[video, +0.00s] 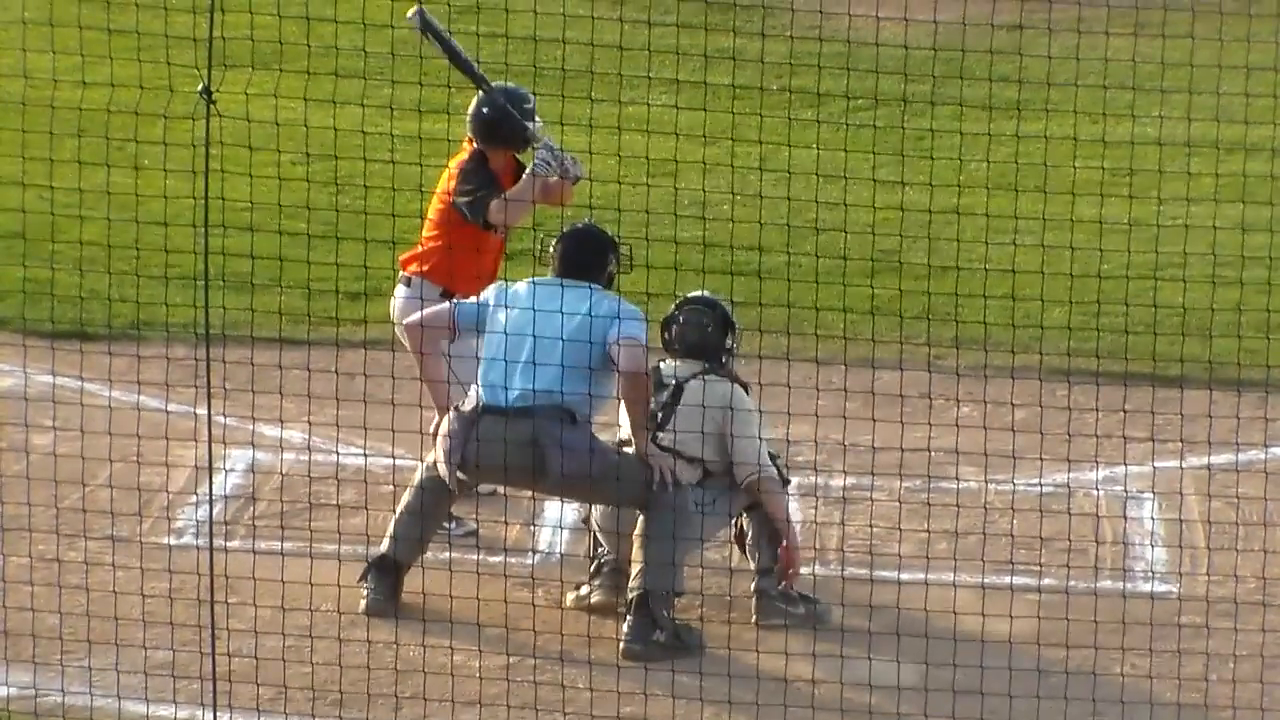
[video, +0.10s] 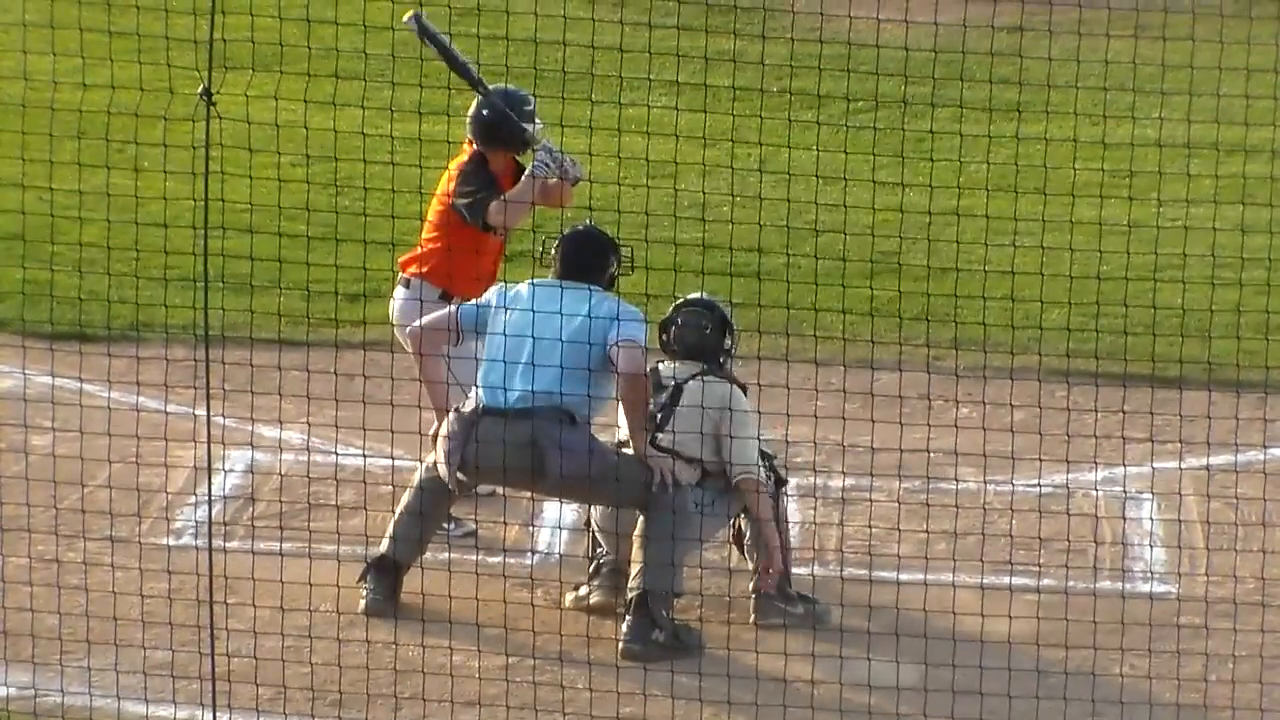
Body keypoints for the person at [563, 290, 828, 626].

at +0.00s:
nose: (731, 344)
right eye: (727, 337)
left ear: (669, 339)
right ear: (721, 343)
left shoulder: (642, 381)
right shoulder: (729, 394)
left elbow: (617, 446)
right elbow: (754, 471)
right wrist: (788, 536)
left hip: (627, 506)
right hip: (686, 512)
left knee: (615, 464)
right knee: (769, 470)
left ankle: (605, 576)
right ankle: (774, 592)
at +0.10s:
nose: (727, 345)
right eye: (725, 338)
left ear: (667, 341)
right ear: (719, 345)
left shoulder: (639, 380)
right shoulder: (727, 395)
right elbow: (748, 477)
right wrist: (770, 547)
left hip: (623, 510)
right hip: (686, 514)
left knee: (613, 465)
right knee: (766, 470)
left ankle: (605, 578)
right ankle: (775, 592)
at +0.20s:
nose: (727, 346)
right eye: (724, 339)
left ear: (666, 340)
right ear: (718, 344)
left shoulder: (637, 379)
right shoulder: (725, 393)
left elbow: (608, 440)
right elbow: (740, 478)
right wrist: (758, 546)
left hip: (622, 505)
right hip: (686, 510)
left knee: (614, 467)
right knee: (765, 473)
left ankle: (605, 578)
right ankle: (775, 591)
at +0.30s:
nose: (727, 348)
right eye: (724, 341)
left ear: (665, 342)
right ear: (717, 347)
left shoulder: (637, 381)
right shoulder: (724, 394)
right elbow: (738, 476)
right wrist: (756, 544)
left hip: (622, 508)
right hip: (685, 512)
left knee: (613, 469)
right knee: (764, 474)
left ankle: (605, 578)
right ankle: (775, 591)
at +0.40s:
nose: (724, 346)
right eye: (721, 340)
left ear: (663, 343)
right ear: (715, 347)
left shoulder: (636, 382)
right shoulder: (724, 395)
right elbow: (738, 478)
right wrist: (758, 550)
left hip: (623, 507)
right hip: (687, 511)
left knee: (613, 473)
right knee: (763, 476)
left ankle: (606, 579)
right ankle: (775, 592)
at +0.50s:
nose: (724, 346)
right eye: (721, 339)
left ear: (662, 342)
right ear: (716, 346)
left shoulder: (636, 382)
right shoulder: (724, 394)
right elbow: (740, 479)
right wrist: (763, 548)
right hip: (690, 510)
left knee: (615, 470)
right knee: (765, 476)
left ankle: (606, 578)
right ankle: (776, 593)